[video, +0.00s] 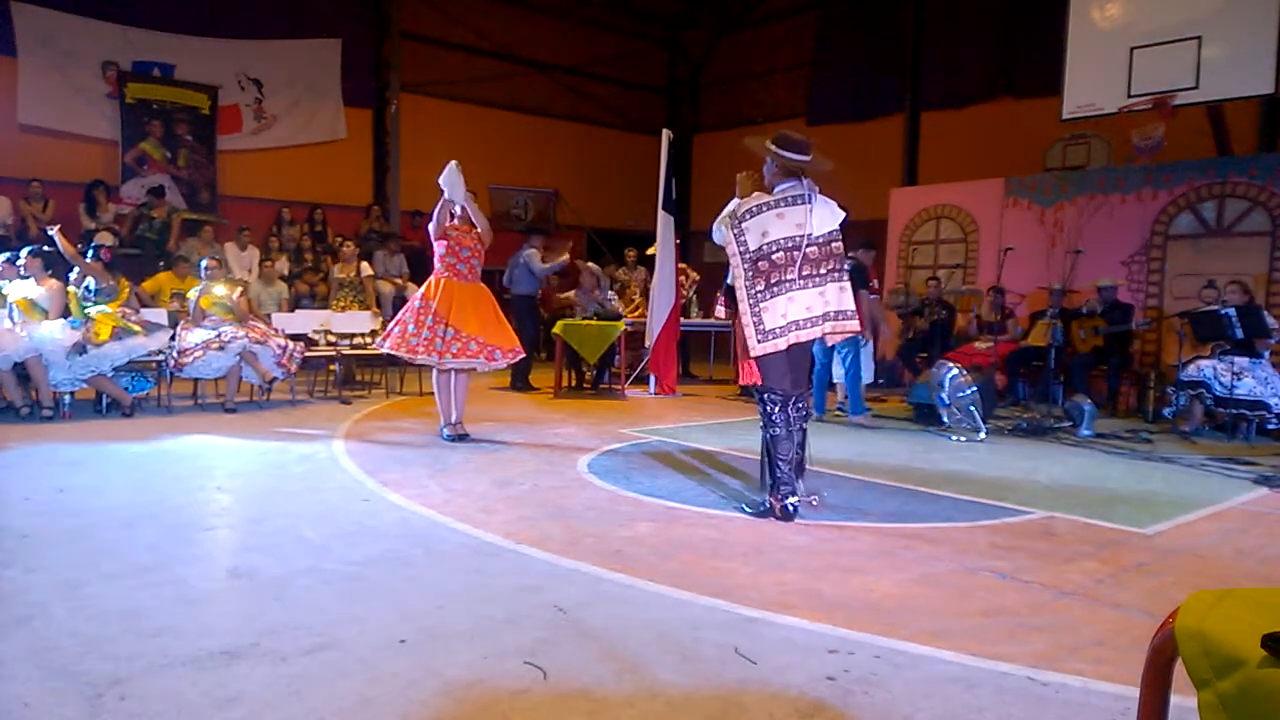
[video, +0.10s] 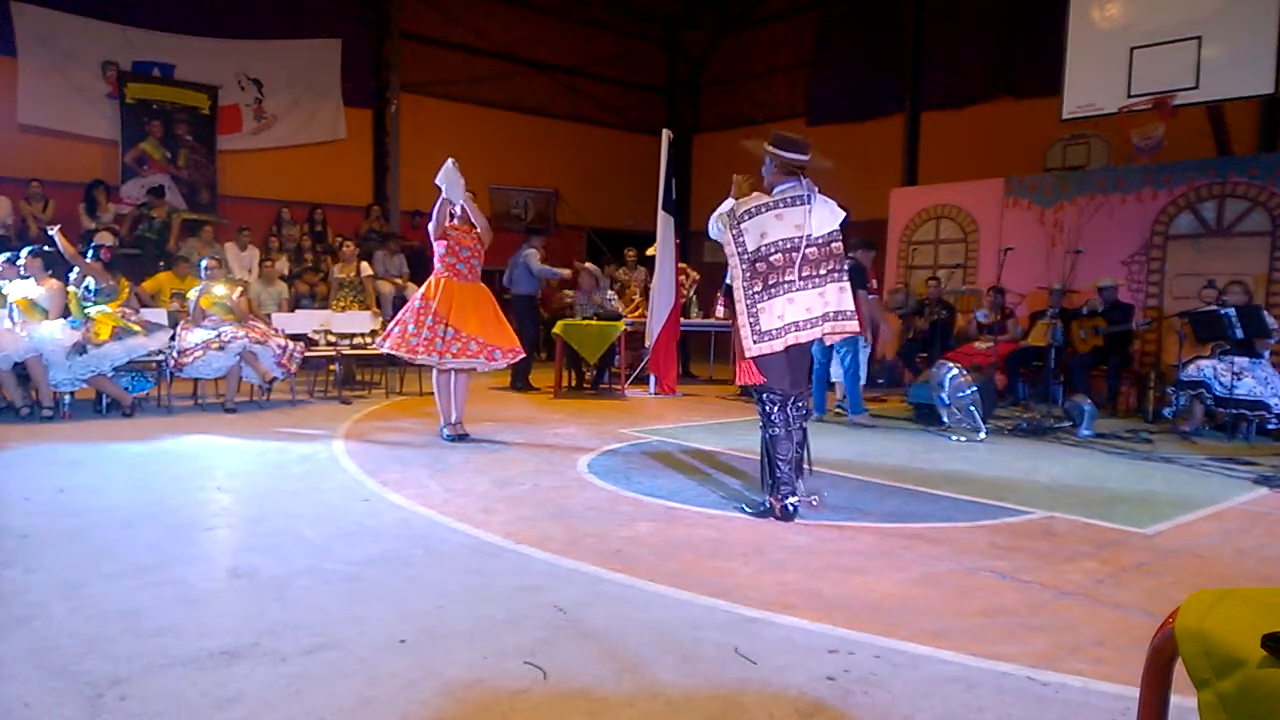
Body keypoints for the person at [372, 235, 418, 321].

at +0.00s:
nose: (397, 245)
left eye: (398, 243)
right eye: (394, 242)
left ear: (399, 244)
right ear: (387, 243)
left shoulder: (400, 256)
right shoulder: (379, 254)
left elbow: (405, 272)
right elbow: (380, 273)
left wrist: (404, 282)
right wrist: (395, 283)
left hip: (398, 278)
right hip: (383, 278)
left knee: (414, 291)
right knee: (387, 291)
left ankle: (417, 317)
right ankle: (387, 318)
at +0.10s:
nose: (397, 245)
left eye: (398, 243)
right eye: (394, 243)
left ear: (399, 244)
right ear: (387, 243)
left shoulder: (400, 256)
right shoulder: (379, 254)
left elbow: (405, 272)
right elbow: (380, 273)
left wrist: (404, 282)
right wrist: (395, 283)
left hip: (398, 278)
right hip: (383, 278)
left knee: (414, 291)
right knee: (387, 291)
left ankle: (418, 316)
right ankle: (387, 318)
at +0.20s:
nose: (397, 245)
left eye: (398, 243)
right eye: (394, 243)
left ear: (399, 244)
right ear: (388, 243)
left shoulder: (400, 256)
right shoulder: (379, 254)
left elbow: (405, 272)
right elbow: (380, 273)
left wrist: (404, 282)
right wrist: (395, 283)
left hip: (398, 278)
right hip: (383, 278)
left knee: (414, 291)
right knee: (387, 291)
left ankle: (418, 317)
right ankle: (387, 318)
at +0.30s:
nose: (397, 245)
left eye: (398, 243)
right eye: (394, 243)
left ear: (399, 244)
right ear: (388, 243)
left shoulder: (400, 256)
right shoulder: (379, 254)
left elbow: (405, 272)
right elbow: (380, 273)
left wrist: (404, 282)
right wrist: (395, 283)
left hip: (398, 278)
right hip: (383, 278)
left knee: (414, 290)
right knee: (387, 291)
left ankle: (418, 316)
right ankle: (387, 318)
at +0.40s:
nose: (397, 245)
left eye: (398, 243)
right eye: (394, 243)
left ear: (399, 244)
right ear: (388, 243)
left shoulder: (400, 256)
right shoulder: (379, 254)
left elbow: (405, 272)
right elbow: (380, 273)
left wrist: (404, 282)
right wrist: (395, 283)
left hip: (398, 278)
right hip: (383, 278)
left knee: (414, 291)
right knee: (387, 291)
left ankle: (418, 317)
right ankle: (387, 318)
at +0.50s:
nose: (397, 245)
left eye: (398, 243)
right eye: (394, 243)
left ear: (399, 244)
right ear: (388, 243)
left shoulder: (400, 256)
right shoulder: (379, 254)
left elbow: (405, 272)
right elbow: (380, 273)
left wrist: (404, 282)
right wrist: (394, 283)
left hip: (398, 278)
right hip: (383, 278)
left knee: (414, 291)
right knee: (387, 291)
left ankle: (418, 317)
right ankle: (387, 318)